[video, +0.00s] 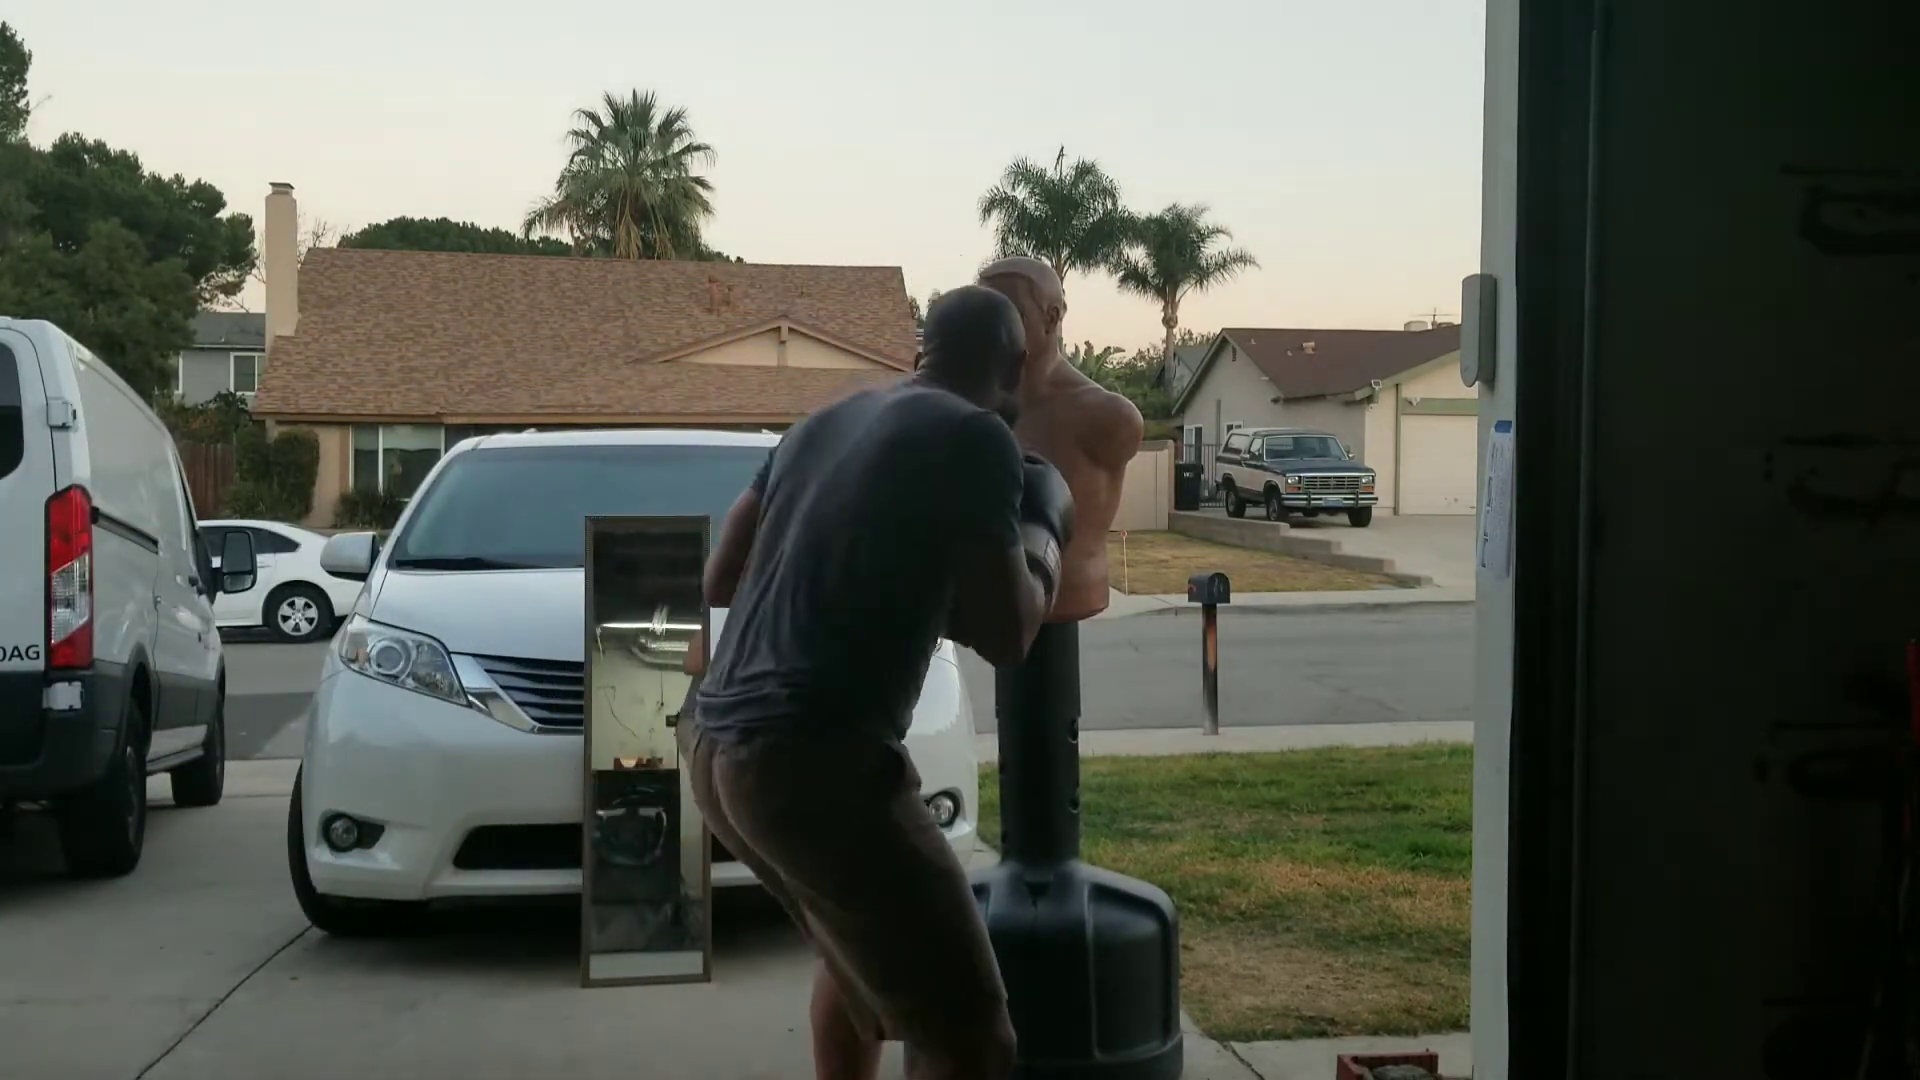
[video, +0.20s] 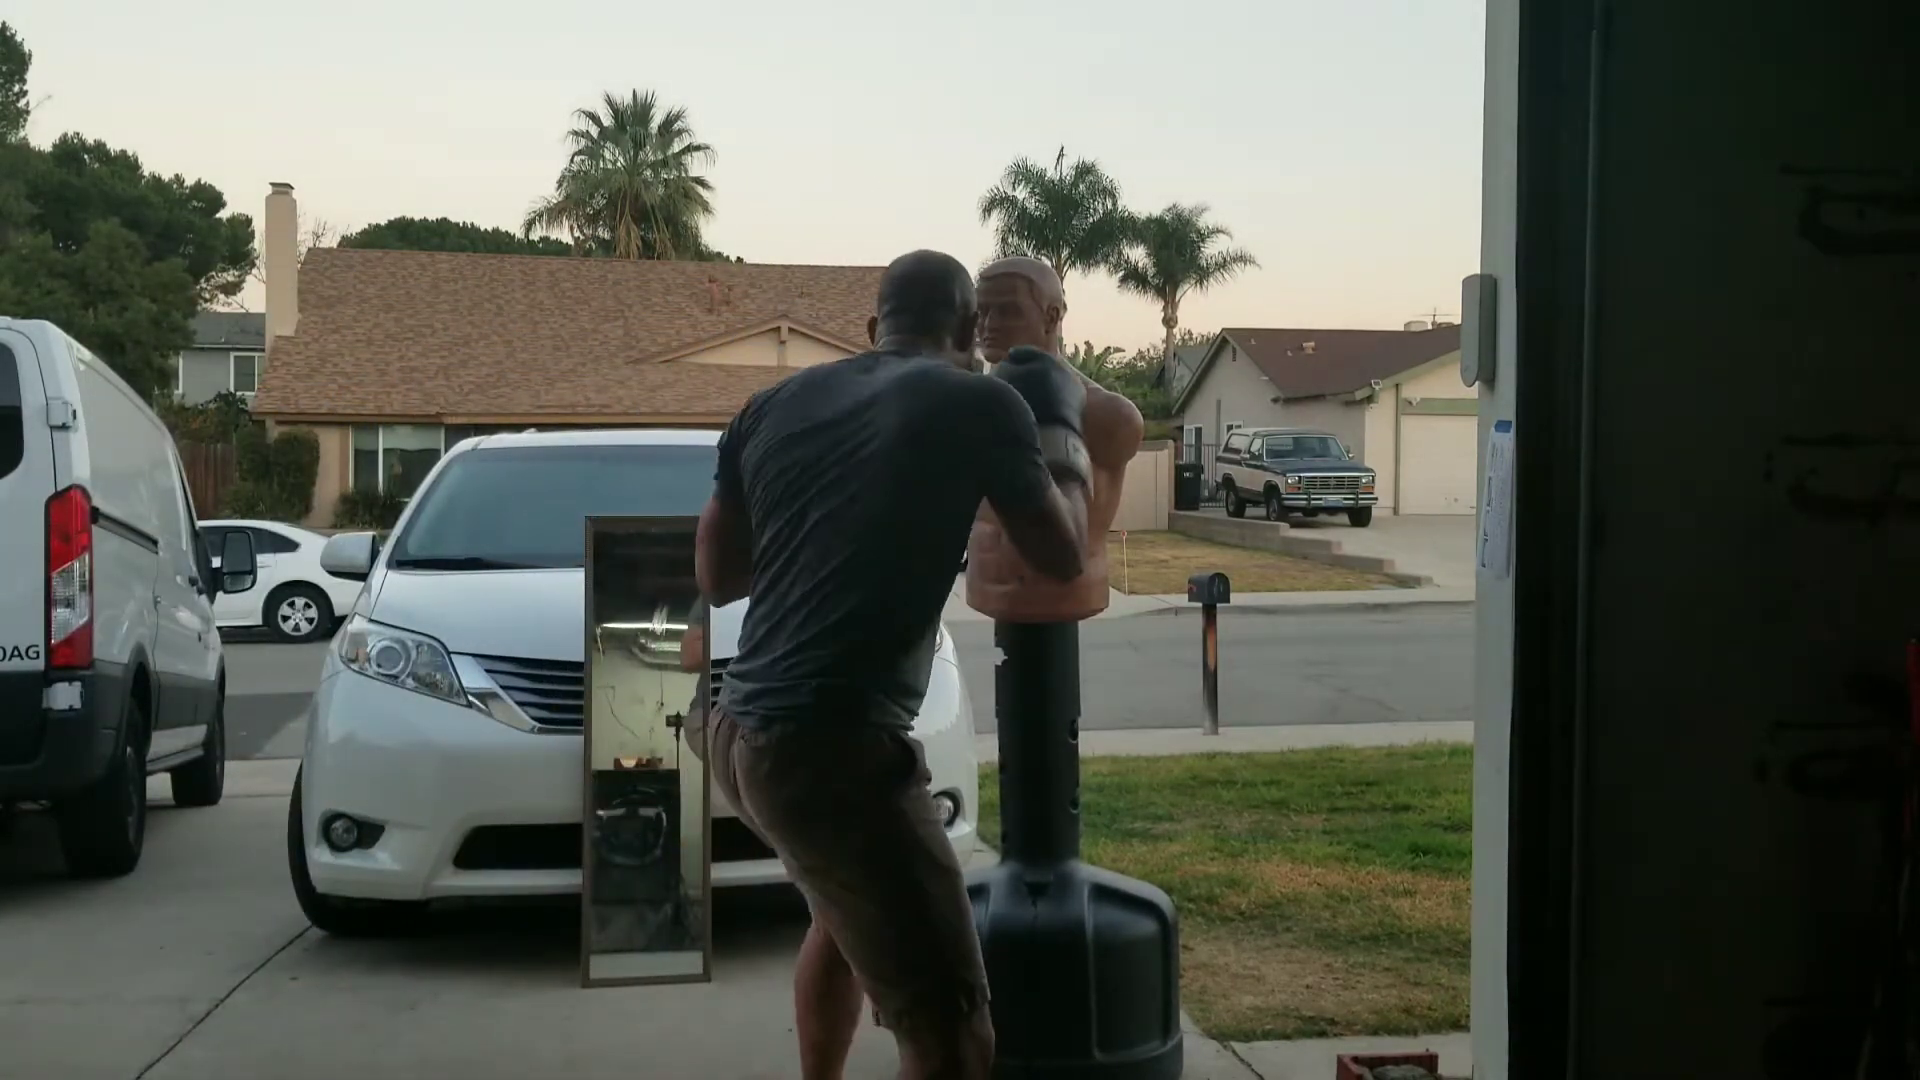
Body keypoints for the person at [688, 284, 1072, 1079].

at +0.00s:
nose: (1022, 396)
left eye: (1023, 374)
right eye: (1024, 374)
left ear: (921, 354)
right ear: (1009, 369)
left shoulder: (821, 422)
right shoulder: (975, 437)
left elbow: (721, 582)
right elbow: (1006, 637)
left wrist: (856, 560)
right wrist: (1039, 524)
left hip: (718, 757)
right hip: (821, 764)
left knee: (854, 965)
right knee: (969, 1034)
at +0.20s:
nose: (983, 337)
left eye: (983, 322)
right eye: (980, 323)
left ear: (875, 328)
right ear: (966, 328)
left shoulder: (772, 404)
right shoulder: (976, 401)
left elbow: (717, 575)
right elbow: (1061, 553)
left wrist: (826, 525)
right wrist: (1063, 435)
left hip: (737, 740)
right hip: (837, 750)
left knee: (844, 908)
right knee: (947, 1030)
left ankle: (821, 1074)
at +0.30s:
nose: (971, 340)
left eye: (970, 328)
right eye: (967, 327)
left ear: (865, 327)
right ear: (954, 328)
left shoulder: (775, 398)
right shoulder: (952, 402)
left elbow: (759, 537)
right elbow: (1036, 554)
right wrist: (1042, 423)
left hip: (739, 729)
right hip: (831, 741)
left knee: (806, 950)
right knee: (937, 1027)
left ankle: (795, 1073)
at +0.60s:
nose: (938, 383)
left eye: (936, 369)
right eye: (937, 368)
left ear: (848, 356)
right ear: (920, 365)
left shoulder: (771, 419)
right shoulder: (892, 436)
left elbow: (722, 501)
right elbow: (963, 593)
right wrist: (990, 473)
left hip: (744, 715)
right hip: (772, 732)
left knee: (870, 853)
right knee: (863, 995)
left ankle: (768, 1053)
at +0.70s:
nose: (930, 401)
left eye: (930, 386)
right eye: (928, 385)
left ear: (852, 378)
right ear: (906, 390)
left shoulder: (818, 438)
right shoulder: (826, 455)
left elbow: (846, 569)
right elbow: (837, 598)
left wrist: (910, 554)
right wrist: (921, 576)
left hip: (734, 724)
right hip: (754, 732)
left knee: (793, 935)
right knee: (853, 980)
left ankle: (749, 1060)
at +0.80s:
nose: (897, 423)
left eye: (898, 411)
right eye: (896, 411)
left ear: (812, 403)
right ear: (878, 412)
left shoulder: (752, 452)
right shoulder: (838, 478)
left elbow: (883, 426)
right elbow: (914, 603)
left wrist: (945, 395)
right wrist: (952, 532)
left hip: (688, 734)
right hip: (762, 743)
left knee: (776, 896)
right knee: (817, 996)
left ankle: (770, 1055)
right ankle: (741, 1068)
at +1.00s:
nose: (868, 443)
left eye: (869, 433)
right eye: (866, 432)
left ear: (781, 426)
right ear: (848, 427)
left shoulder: (688, 490)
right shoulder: (863, 483)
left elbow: (638, 633)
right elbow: (985, 574)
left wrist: (717, 588)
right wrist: (996, 526)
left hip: (655, 737)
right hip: (735, 743)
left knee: (791, 842)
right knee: (721, 1000)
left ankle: (744, 1053)